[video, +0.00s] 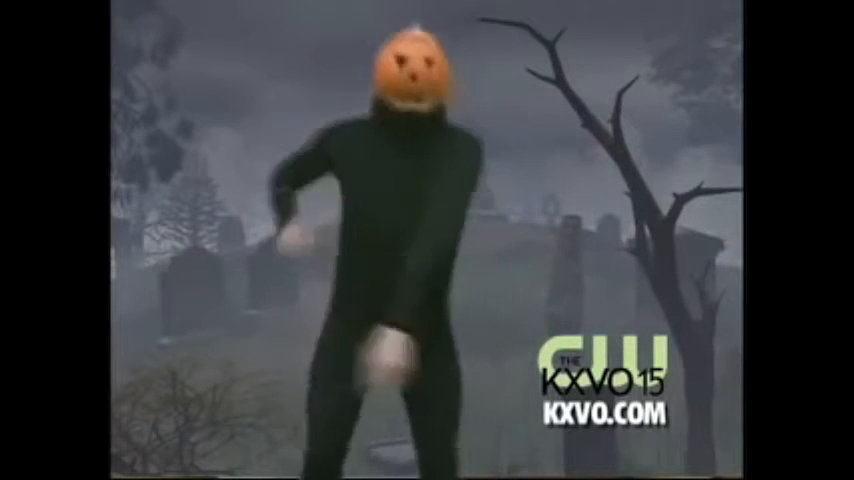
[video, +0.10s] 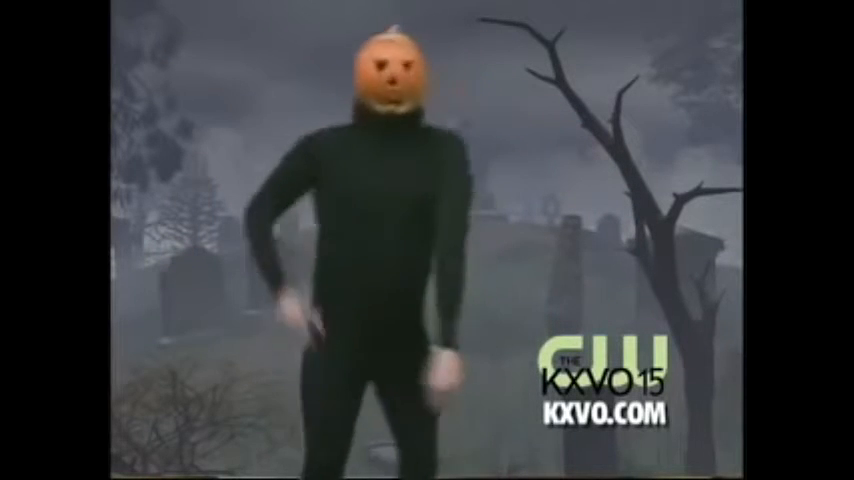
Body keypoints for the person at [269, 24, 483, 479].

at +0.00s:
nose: (413, 67)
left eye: (427, 61)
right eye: (401, 58)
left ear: (444, 80)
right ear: (379, 74)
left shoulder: (459, 149)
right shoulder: (348, 139)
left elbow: (434, 243)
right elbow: (284, 178)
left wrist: (402, 325)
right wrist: (287, 223)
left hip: (424, 317)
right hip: (352, 313)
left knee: (438, 461)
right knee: (323, 456)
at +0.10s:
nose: (393, 73)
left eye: (407, 65)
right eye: (379, 64)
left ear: (423, 79)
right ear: (359, 78)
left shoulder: (444, 152)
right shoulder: (324, 148)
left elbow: (451, 250)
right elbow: (258, 215)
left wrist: (446, 344)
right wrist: (282, 291)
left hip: (405, 338)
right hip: (334, 338)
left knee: (421, 466)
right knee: (322, 467)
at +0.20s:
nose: (368, 95)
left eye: (381, 86)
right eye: (354, 86)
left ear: (398, 98)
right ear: (334, 101)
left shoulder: (414, 178)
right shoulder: (310, 174)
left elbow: (450, 268)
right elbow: (261, 272)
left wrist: (482, 354)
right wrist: (317, 349)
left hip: (385, 355)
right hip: (316, 356)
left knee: (409, 471)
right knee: (316, 472)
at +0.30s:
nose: (352, 120)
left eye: (365, 110)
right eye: (338, 111)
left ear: (381, 120)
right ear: (318, 124)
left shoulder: (385, 189)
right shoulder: (302, 195)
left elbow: (430, 262)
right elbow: (301, 305)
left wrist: (482, 329)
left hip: (367, 355)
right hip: (305, 361)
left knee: (465, 444)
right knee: (306, 472)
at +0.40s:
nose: (345, 128)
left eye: (356, 115)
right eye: (329, 118)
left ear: (374, 123)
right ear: (308, 129)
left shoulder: (376, 182)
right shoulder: (300, 203)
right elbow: (367, 282)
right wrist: (422, 196)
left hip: (368, 342)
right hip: (310, 362)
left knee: (481, 367)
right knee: (308, 471)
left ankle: (407, 467)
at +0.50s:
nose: (343, 94)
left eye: (344, 80)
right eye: (333, 87)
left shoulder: (364, 140)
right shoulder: (298, 157)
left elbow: (380, 229)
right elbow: (386, 224)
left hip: (375, 311)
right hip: (320, 331)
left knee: (494, 340)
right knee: (320, 469)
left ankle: (402, 445)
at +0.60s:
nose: (318, 55)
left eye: (329, 44)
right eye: (302, 46)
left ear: (346, 55)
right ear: (281, 63)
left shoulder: (359, 114)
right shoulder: (287, 133)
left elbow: (373, 203)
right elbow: (375, 195)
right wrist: (455, 124)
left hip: (388, 300)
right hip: (329, 313)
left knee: (483, 401)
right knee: (333, 456)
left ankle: (437, 473)